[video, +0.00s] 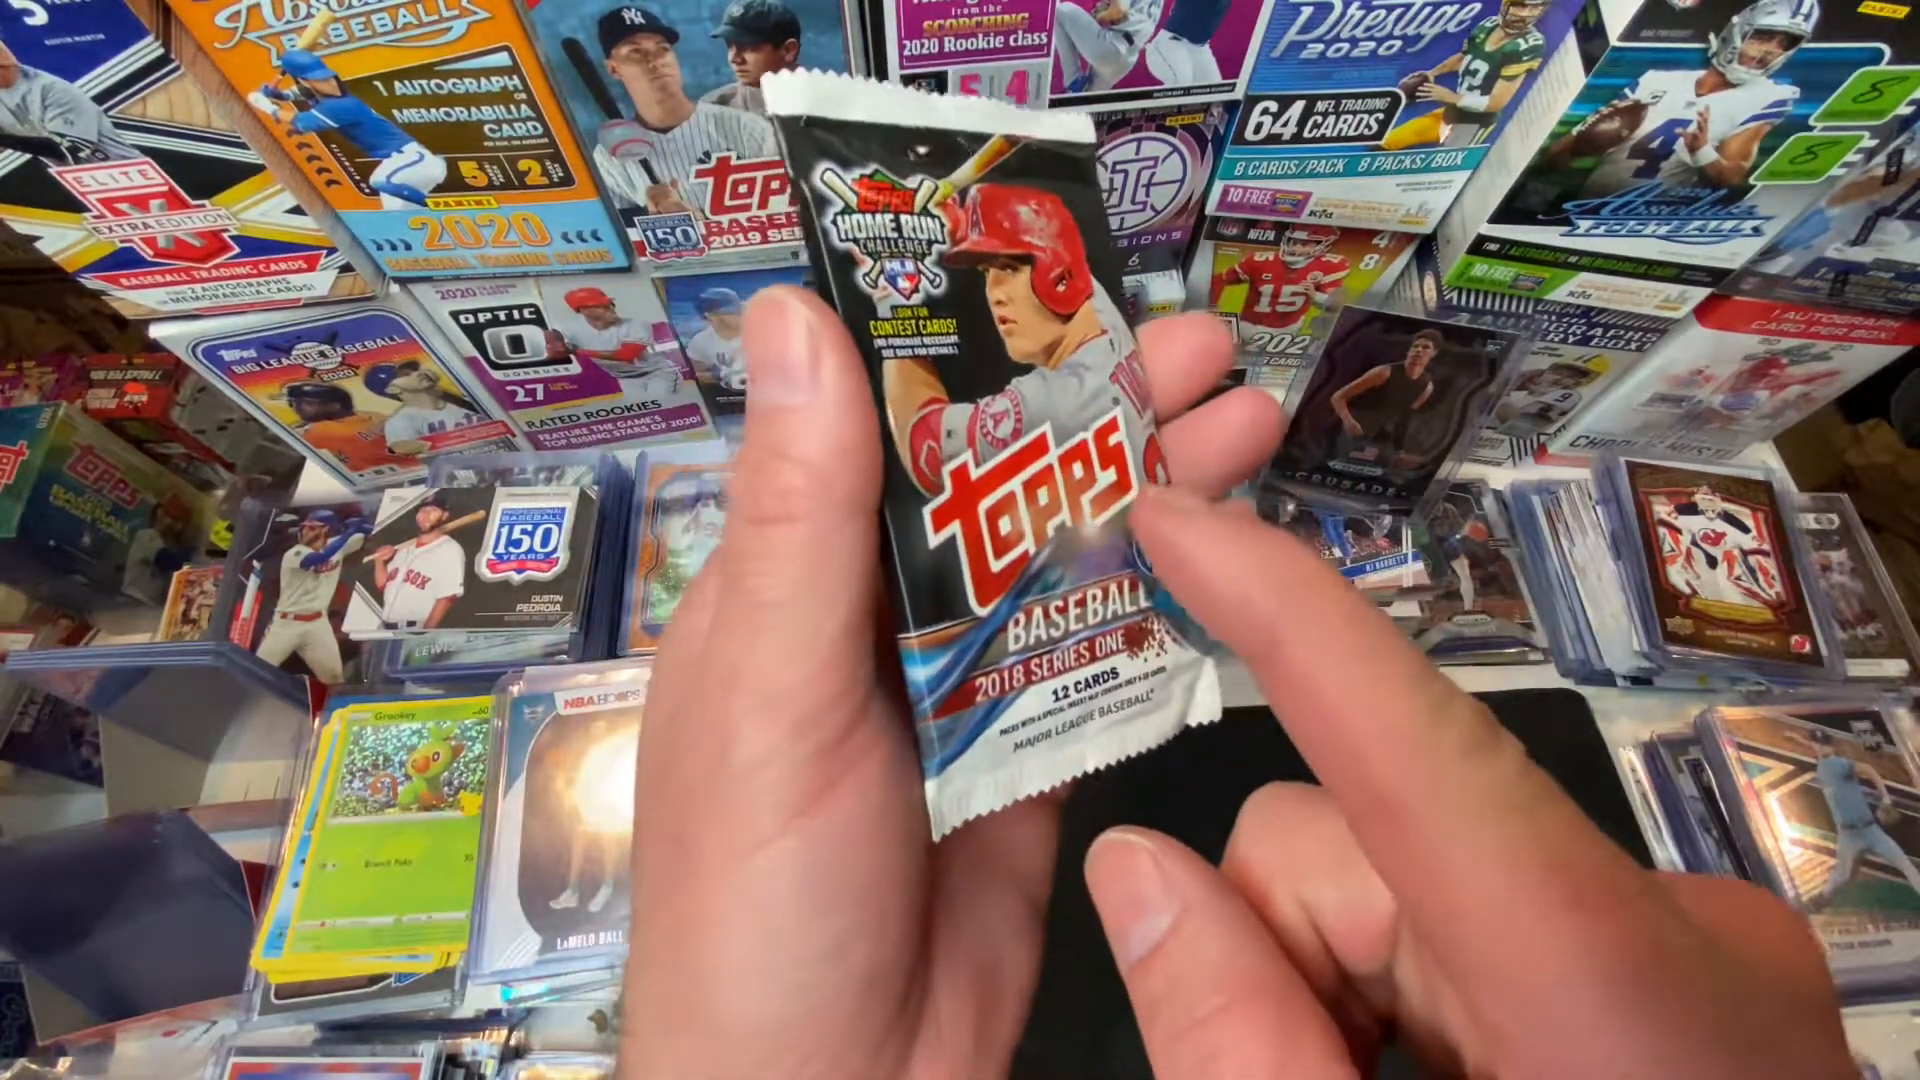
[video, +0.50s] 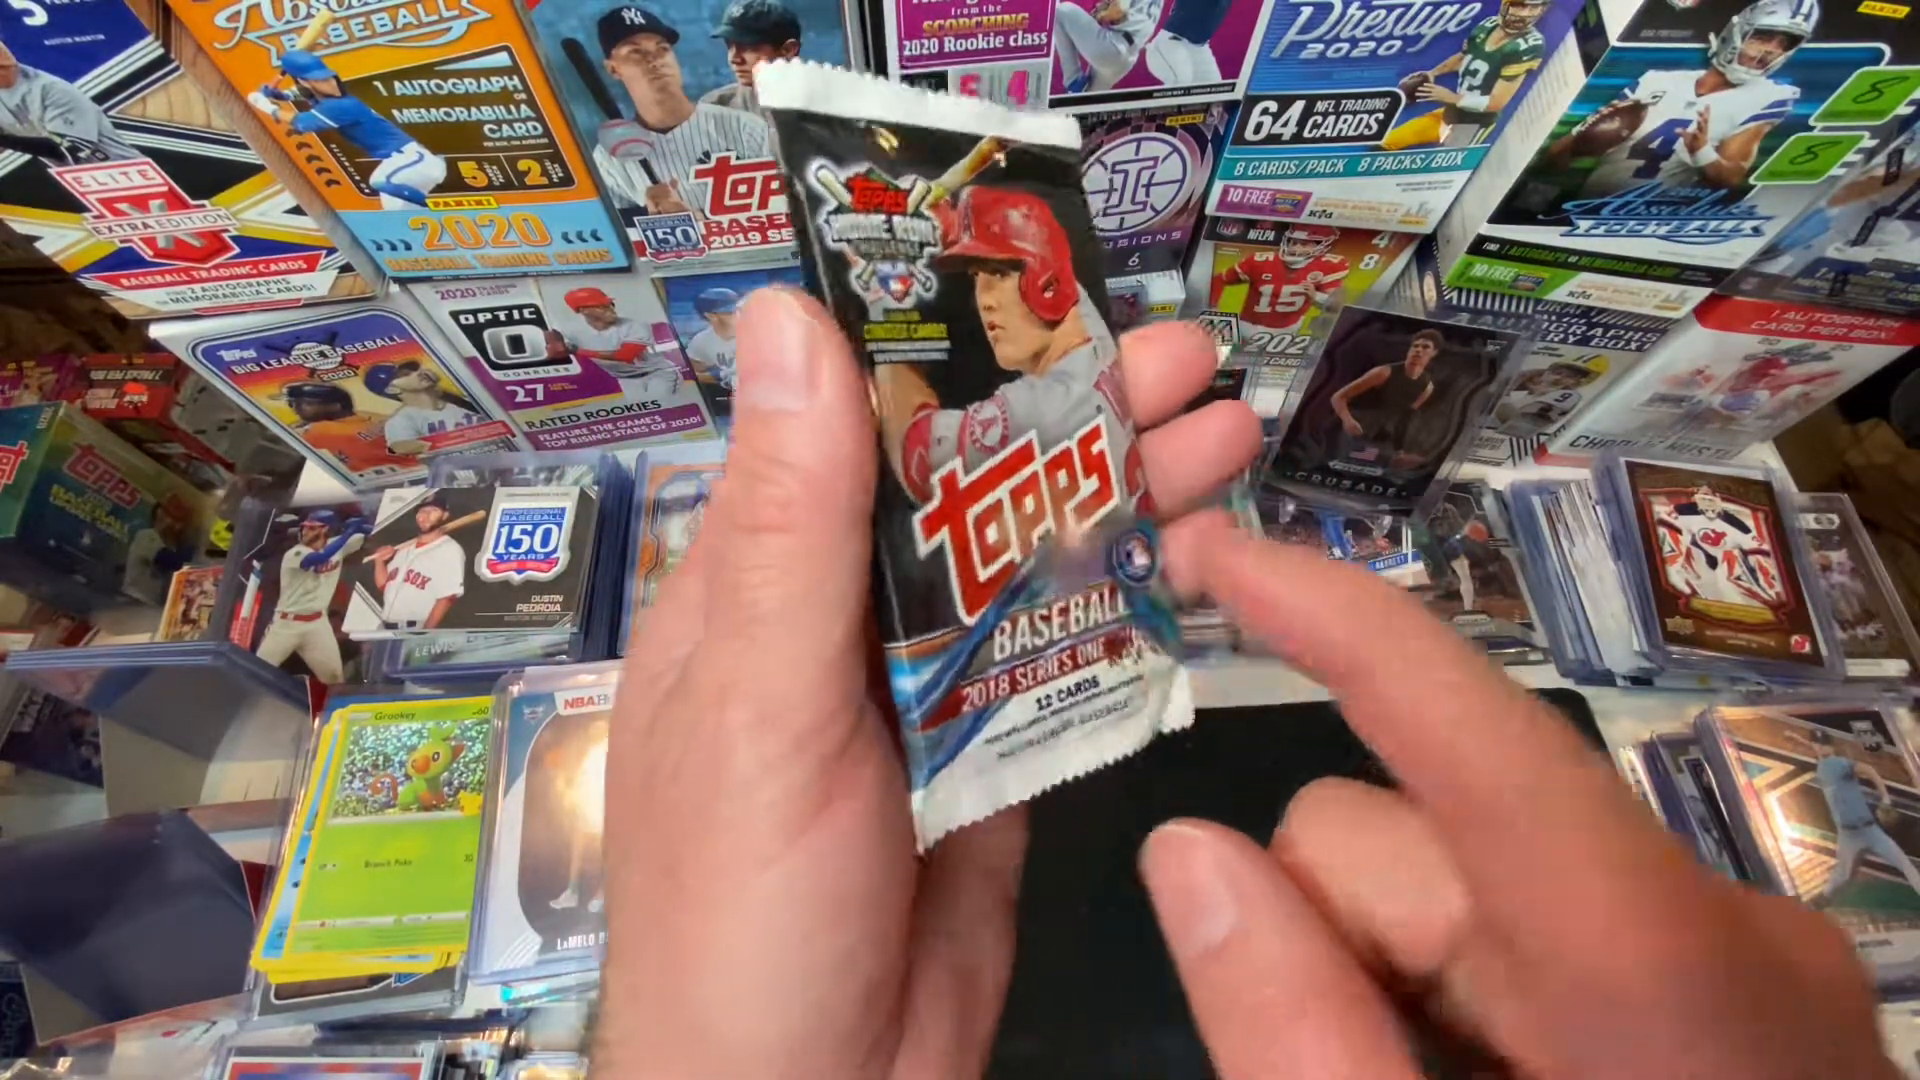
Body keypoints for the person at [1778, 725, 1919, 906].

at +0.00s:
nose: (1823, 749)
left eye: (1826, 744)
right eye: (1819, 746)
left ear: (1831, 745)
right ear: (1814, 748)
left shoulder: (1839, 764)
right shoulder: (1823, 766)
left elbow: (1868, 770)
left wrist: (1885, 797)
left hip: (1870, 828)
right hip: (1847, 834)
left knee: (1904, 864)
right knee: (1843, 874)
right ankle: (1823, 897)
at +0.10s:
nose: (1823, 749)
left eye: (1825, 744)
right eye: (1819, 745)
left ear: (1831, 745)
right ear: (1814, 748)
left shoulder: (1839, 764)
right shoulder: (1823, 767)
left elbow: (1868, 770)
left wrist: (1885, 797)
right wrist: (1796, 738)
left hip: (1871, 828)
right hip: (1847, 834)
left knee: (1904, 863)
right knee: (1843, 875)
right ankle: (1823, 897)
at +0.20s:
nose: (1822, 749)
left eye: (1825, 744)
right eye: (1818, 745)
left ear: (1831, 745)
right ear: (1815, 749)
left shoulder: (1839, 764)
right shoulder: (1823, 766)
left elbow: (1869, 770)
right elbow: (1813, 750)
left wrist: (1885, 798)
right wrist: (1798, 739)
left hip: (1870, 829)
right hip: (1847, 834)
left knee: (1904, 863)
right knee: (1843, 875)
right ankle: (1822, 899)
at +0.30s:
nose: (1823, 749)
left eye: (1825, 744)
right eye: (1818, 745)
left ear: (1831, 745)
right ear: (1814, 748)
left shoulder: (1839, 763)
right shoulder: (1823, 766)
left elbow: (1868, 770)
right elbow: (1812, 748)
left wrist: (1885, 797)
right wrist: (1798, 739)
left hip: (1870, 828)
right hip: (1847, 833)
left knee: (1903, 863)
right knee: (1843, 873)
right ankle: (1824, 897)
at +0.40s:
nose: (1823, 749)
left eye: (1825, 745)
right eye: (1819, 746)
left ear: (1831, 745)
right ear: (1814, 748)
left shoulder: (1840, 763)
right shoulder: (1822, 767)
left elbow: (1868, 770)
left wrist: (1885, 797)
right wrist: (1797, 739)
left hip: (1870, 828)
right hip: (1847, 833)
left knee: (1903, 863)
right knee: (1842, 873)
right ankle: (1823, 897)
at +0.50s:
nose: (1822, 749)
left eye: (1824, 744)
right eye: (1818, 746)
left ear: (1830, 745)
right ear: (1815, 748)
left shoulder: (1840, 763)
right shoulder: (1822, 766)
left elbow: (1869, 770)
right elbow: (1812, 746)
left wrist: (1885, 797)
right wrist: (1797, 739)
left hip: (1870, 829)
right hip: (1847, 834)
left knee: (1903, 863)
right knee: (1842, 874)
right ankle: (1824, 897)